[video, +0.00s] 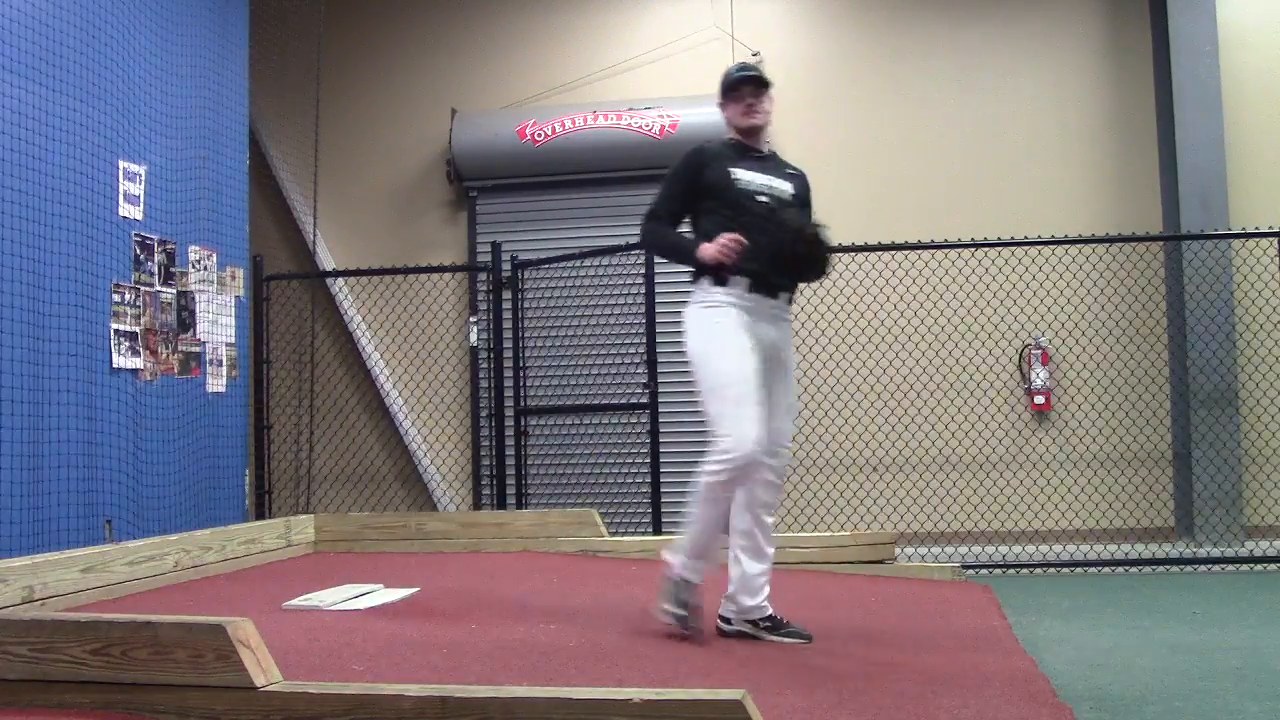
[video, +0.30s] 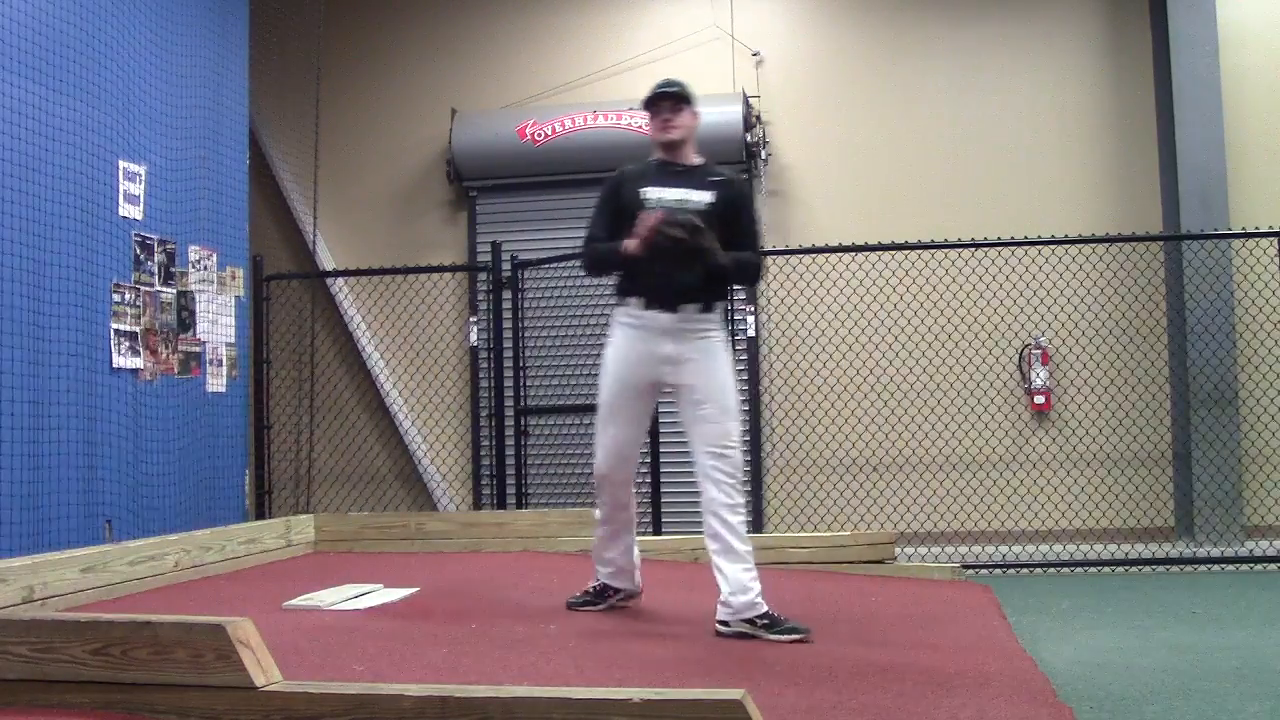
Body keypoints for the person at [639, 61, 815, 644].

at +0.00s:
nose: (751, 105)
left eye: (758, 96)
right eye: (740, 98)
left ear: (772, 104)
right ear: (723, 108)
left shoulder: (793, 179)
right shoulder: (703, 159)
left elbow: (810, 263)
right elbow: (653, 231)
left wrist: (807, 251)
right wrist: (699, 250)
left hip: (775, 319)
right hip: (719, 309)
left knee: (770, 460)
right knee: (740, 445)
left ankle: (746, 606)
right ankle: (683, 575)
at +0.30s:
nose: (666, 119)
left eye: (675, 110)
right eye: (657, 112)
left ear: (695, 119)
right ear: (646, 123)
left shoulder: (727, 186)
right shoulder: (626, 183)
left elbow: (752, 267)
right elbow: (592, 258)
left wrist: (708, 252)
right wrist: (629, 246)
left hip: (702, 337)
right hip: (633, 334)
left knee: (722, 464)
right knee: (611, 464)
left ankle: (740, 605)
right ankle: (615, 579)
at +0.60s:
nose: (585, 119)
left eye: (596, 110)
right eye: (577, 112)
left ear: (618, 118)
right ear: (567, 123)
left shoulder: (642, 178)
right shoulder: (557, 183)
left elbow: (661, 247)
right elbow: (537, 263)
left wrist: (615, 198)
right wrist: (533, 262)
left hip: (626, 329)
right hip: (566, 331)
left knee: (629, 446)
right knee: (590, 459)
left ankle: (660, 589)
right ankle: (616, 577)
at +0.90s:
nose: (529, 119)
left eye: (538, 110)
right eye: (523, 113)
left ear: (556, 115)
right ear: (512, 122)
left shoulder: (577, 168)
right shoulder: (499, 188)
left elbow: (582, 173)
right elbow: (495, 264)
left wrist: (530, 116)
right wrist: (480, 262)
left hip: (571, 315)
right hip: (521, 324)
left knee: (529, 442)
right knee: (563, 458)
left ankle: (520, 580)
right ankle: (617, 571)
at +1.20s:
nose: (473, 98)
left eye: (484, 90)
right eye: (465, 93)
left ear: (507, 99)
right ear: (458, 101)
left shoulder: (521, 144)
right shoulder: (460, 162)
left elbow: (476, 129)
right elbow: (478, 250)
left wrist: (418, 93)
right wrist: (444, 253)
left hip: (514, 312)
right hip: (462, 315)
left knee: (510, 446)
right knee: (418, 427)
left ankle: (526, 580)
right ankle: (471, 535)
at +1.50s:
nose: (399, 127)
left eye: (408, 117)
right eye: (391, 119)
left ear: (431, 115)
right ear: (381, 123)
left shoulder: (463, 170)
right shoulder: (376, 180)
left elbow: (490, 236)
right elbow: (364, 247)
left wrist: (428, 230)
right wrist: (367, 260)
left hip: (453, 326)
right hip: (389, 325)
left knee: (479, 448)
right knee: (364, 446)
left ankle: (516, 579)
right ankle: (345, 567)